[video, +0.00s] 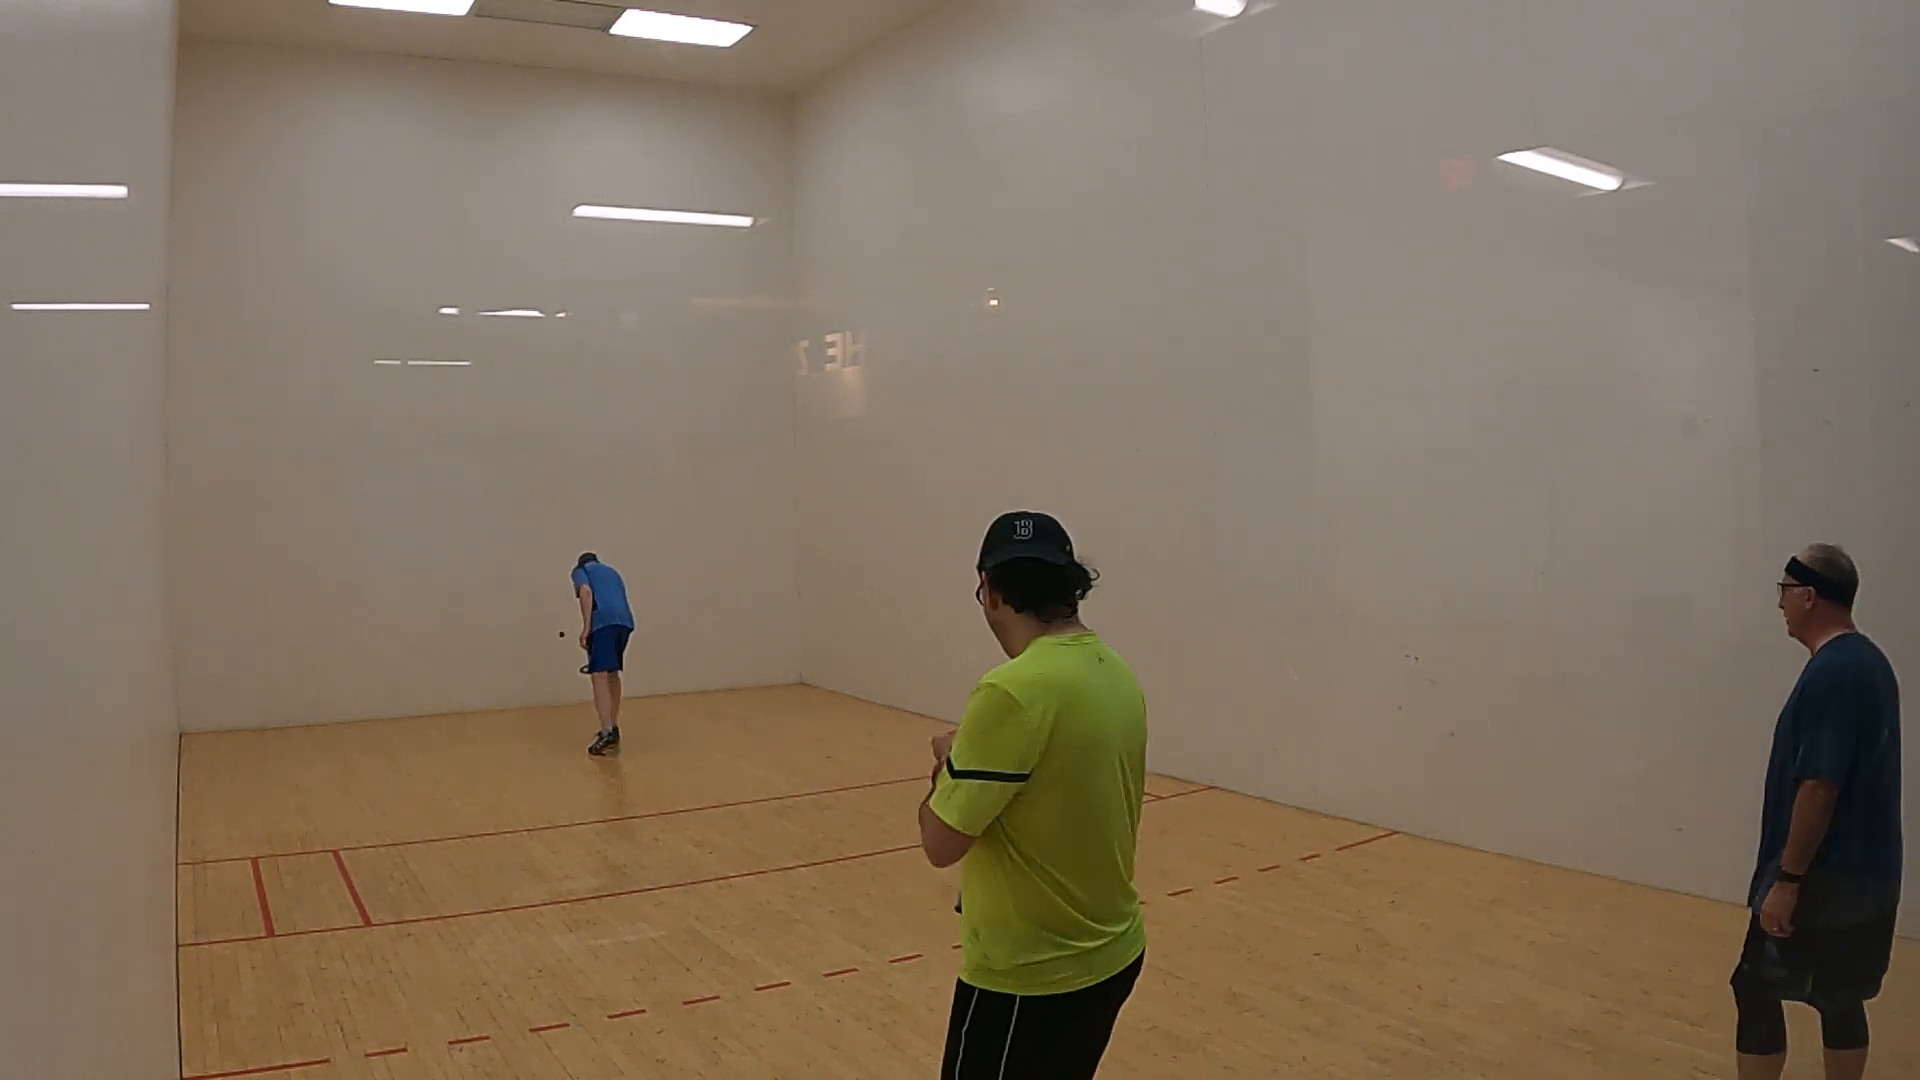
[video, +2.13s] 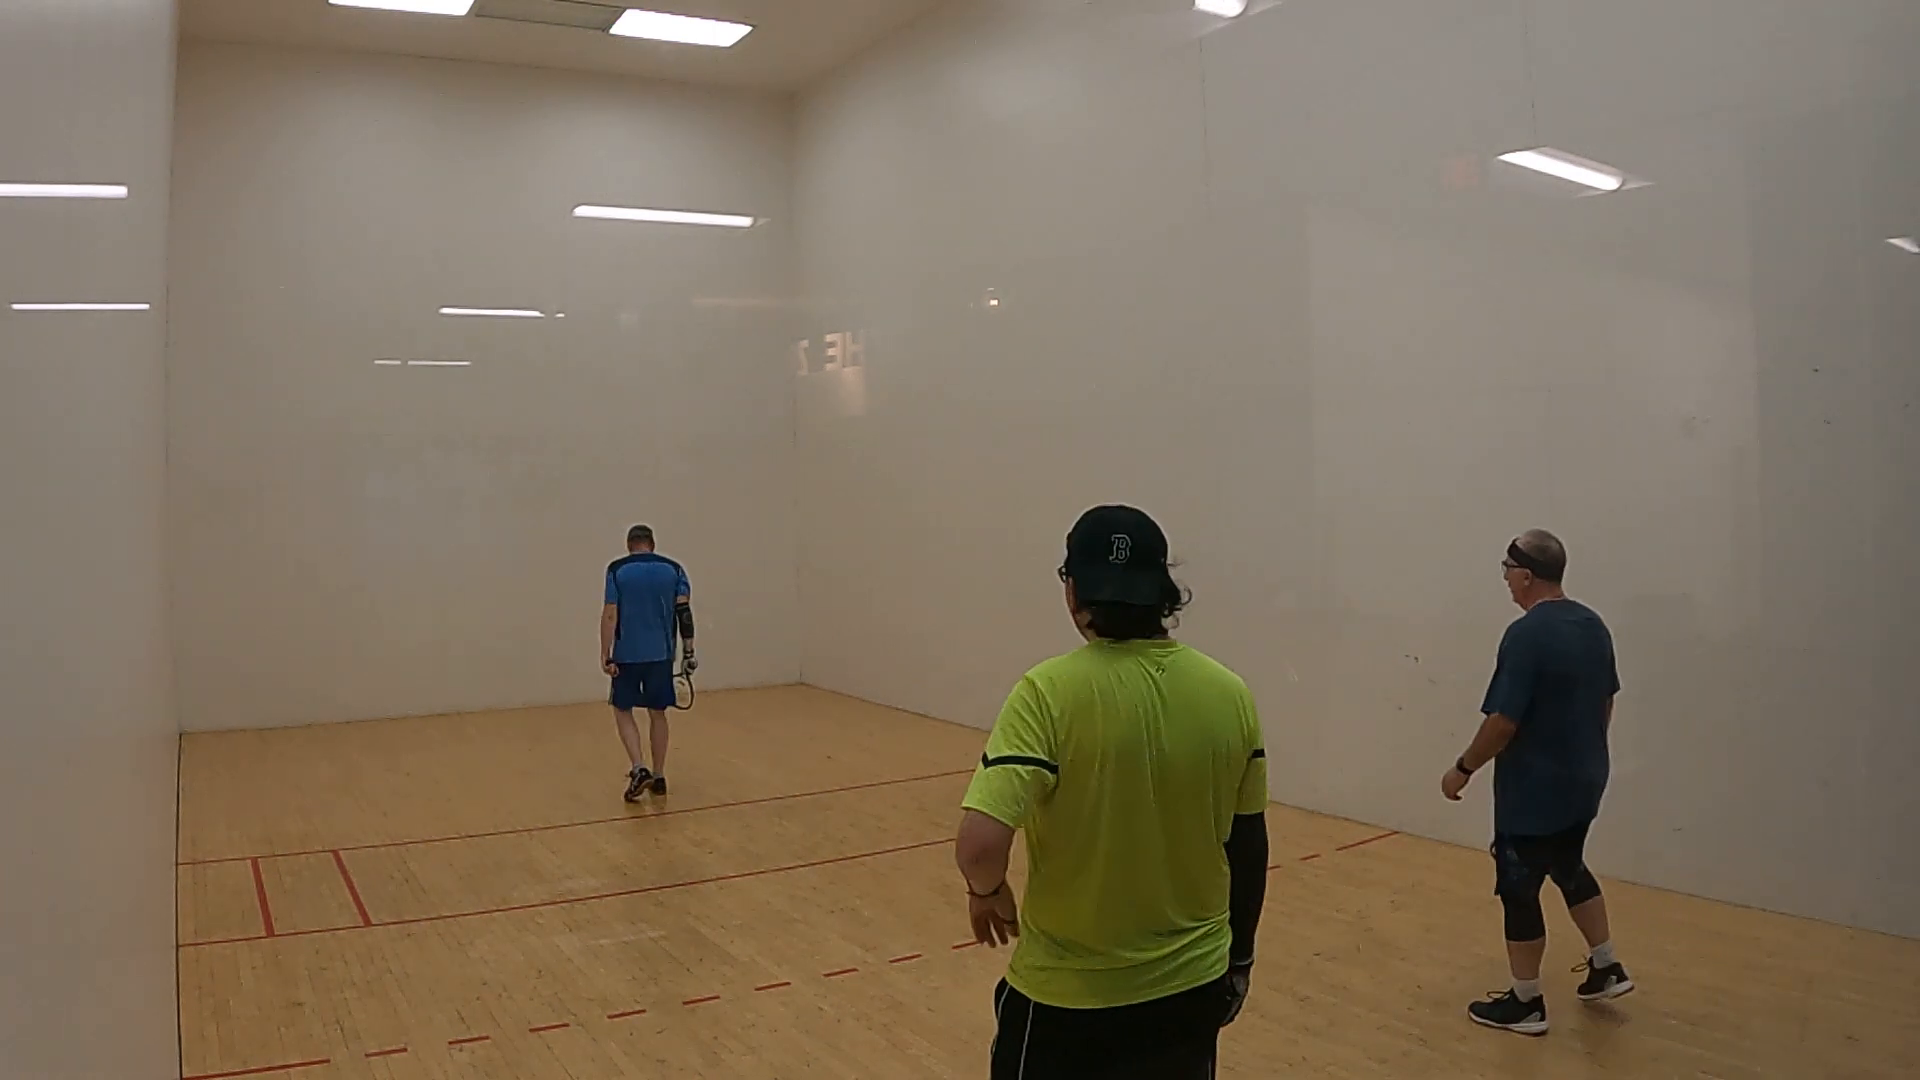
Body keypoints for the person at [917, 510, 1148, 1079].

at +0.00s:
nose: (981, 604)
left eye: (980, 589)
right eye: (981, 589)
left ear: (990, 591)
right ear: (1067, 590)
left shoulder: (1013, 693)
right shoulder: (1112, 671)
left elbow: (941, 845)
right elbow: (1073, 800)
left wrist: (945, 767)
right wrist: (981, 754)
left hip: (1025, 982)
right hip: (1107, 960)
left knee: (981, 1073)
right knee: (1063, 1071)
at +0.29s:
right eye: (1050, 577)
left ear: (957, 602)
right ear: (1048, 588)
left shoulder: (933, 695)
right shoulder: (1107, 678)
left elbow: (895, 838)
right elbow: (1126, 788)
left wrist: (966, 789)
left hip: (988, 1001)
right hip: (1108, 987)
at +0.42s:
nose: (1053, 588)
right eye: (1053, 578)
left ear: (957, 597)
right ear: (1049, 587)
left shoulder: (925, 696)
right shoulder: (1113, 683)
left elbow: (896, 843)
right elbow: (1128, 815)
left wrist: (968, 794)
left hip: (983, 1010)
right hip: (1109, 999)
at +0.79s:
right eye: (1130, 581)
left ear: (1033, 592)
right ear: (1123, 589)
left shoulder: (987, 694)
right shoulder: (1180, 692)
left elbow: (948, 829)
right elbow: (1188, 828)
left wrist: (1025, 790)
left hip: (1017, 1015)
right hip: (1148, 1010)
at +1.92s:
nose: (1073, 599)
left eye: (1073, 587)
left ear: (1079, 596)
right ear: (1170, 591)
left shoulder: (1044, 698)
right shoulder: (1230, 696)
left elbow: (982, 847)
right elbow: (1234, 844)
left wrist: (1050, 797)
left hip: (1065, 1013)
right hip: (1189, 1004)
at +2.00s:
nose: (1069, 597)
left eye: (1069, 584)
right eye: (1071, 582)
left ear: (1078, 595)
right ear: (1165, 590)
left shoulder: (1047, 695)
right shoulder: (1229, 696)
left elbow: (981, 850)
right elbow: (1242, 847)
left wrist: (1038, 796)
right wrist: (1201, 927)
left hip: (1065, 1011)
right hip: (1190, 1002)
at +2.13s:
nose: (1065, 593)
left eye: (1066, 580)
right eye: (1067, 578)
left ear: (1075, 594)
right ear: (1160, 588)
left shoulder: (1047, 691)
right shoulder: (1227, 693)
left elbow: (980, 840)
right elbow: (1248, 849)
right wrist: (1239, 956)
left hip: (1063, 1012)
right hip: (1188, 1002)